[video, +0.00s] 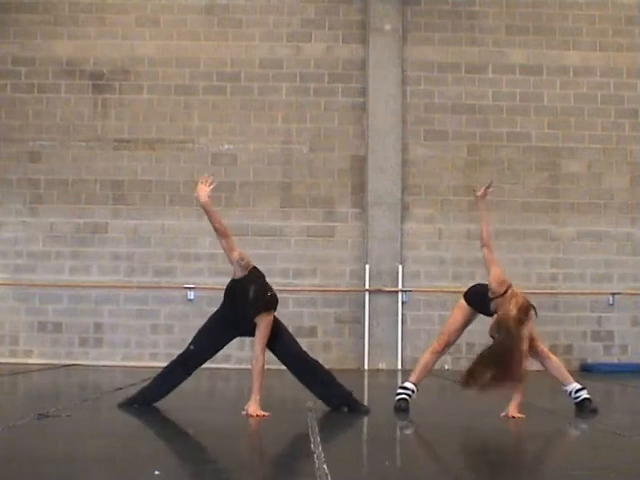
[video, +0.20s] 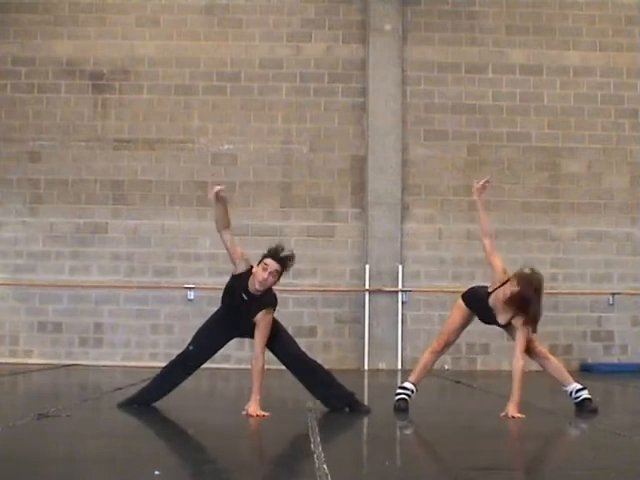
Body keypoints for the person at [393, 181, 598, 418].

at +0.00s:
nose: (504, 321)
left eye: (509, 323)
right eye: (504, 317)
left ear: (521, 322)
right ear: (505, 305)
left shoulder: (523, 325)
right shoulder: (498, 286)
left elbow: (519, 368)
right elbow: (486, 244)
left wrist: (515, 403)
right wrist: (482, 204)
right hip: (477, 299)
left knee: (542, 351)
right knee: (442, 344)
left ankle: (576, 391)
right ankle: (408, 388)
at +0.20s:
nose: (509, 291)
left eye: (515, 291)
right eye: (511, 286)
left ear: (522, 299)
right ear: (509, 282)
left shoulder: (520, 320)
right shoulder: (500, 276)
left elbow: (518, 362)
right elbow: (487, 238)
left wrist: (513, 404)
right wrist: (478, 200)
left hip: (500, 322)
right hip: (474, 303)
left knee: (537, 351)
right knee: (441, 345)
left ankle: (577, 391)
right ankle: (407, 389)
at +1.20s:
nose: (498, 282)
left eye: (503, 277)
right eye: (493, 277)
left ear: (509, 279)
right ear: (485, 279)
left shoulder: (517, 305)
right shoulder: (473, 302)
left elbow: (523, 345)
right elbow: (468, 343)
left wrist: (526, 384)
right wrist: (465, 384)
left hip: (500, 337)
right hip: (475, 335)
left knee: (527, 347)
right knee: (456, 348)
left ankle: (501, 387)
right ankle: (475, 386)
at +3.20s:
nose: (503, 205)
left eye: (508, 200)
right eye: (499, 202)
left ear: (518, 204)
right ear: (496, 207)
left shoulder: (522, 231)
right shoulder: (492, 229)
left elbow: (500, 227)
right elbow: (458, 229)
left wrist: (492, 197)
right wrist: (432, 225)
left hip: (506, 293)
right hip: (481, 292)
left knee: (519, 354)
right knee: (454, 342)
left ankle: (533, 392)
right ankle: (422, 390)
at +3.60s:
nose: (455, 211)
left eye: (460, 207)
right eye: (456, 207)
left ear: (474, 211)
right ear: (466, 211)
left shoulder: (473, 239)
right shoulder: (458, 238)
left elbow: (436, 220)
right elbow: (433, 252)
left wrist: (435, 189)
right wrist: (419, 247)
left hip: (480, 302)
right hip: (460, 302)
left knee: (506, 356)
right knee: (424, 333)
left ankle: (543, 385)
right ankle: (423, 390)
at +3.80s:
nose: (427, 201)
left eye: (432, 197)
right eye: (427, 196)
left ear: (445, 201)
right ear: (427, 199)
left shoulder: (448, 228)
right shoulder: (420, 221)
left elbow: (416, 242)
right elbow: (414, 255)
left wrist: (385, 253)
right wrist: (428, 278)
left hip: (450, 288)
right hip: (426, 287)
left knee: (460, 352)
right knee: (404, 335)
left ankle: (477, 374)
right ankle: (420, 389)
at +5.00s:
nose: (441, 337)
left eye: (443, 334)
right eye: (443, 334)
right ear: (447, 326)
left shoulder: (430, 292)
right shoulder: (442, 318)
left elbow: (398, 281)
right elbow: (447, 363)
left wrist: (374, 292)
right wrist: (451, 400)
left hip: (382, 288)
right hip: (400, 309)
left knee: (369, 318)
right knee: (351, 354)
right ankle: (302, 387)